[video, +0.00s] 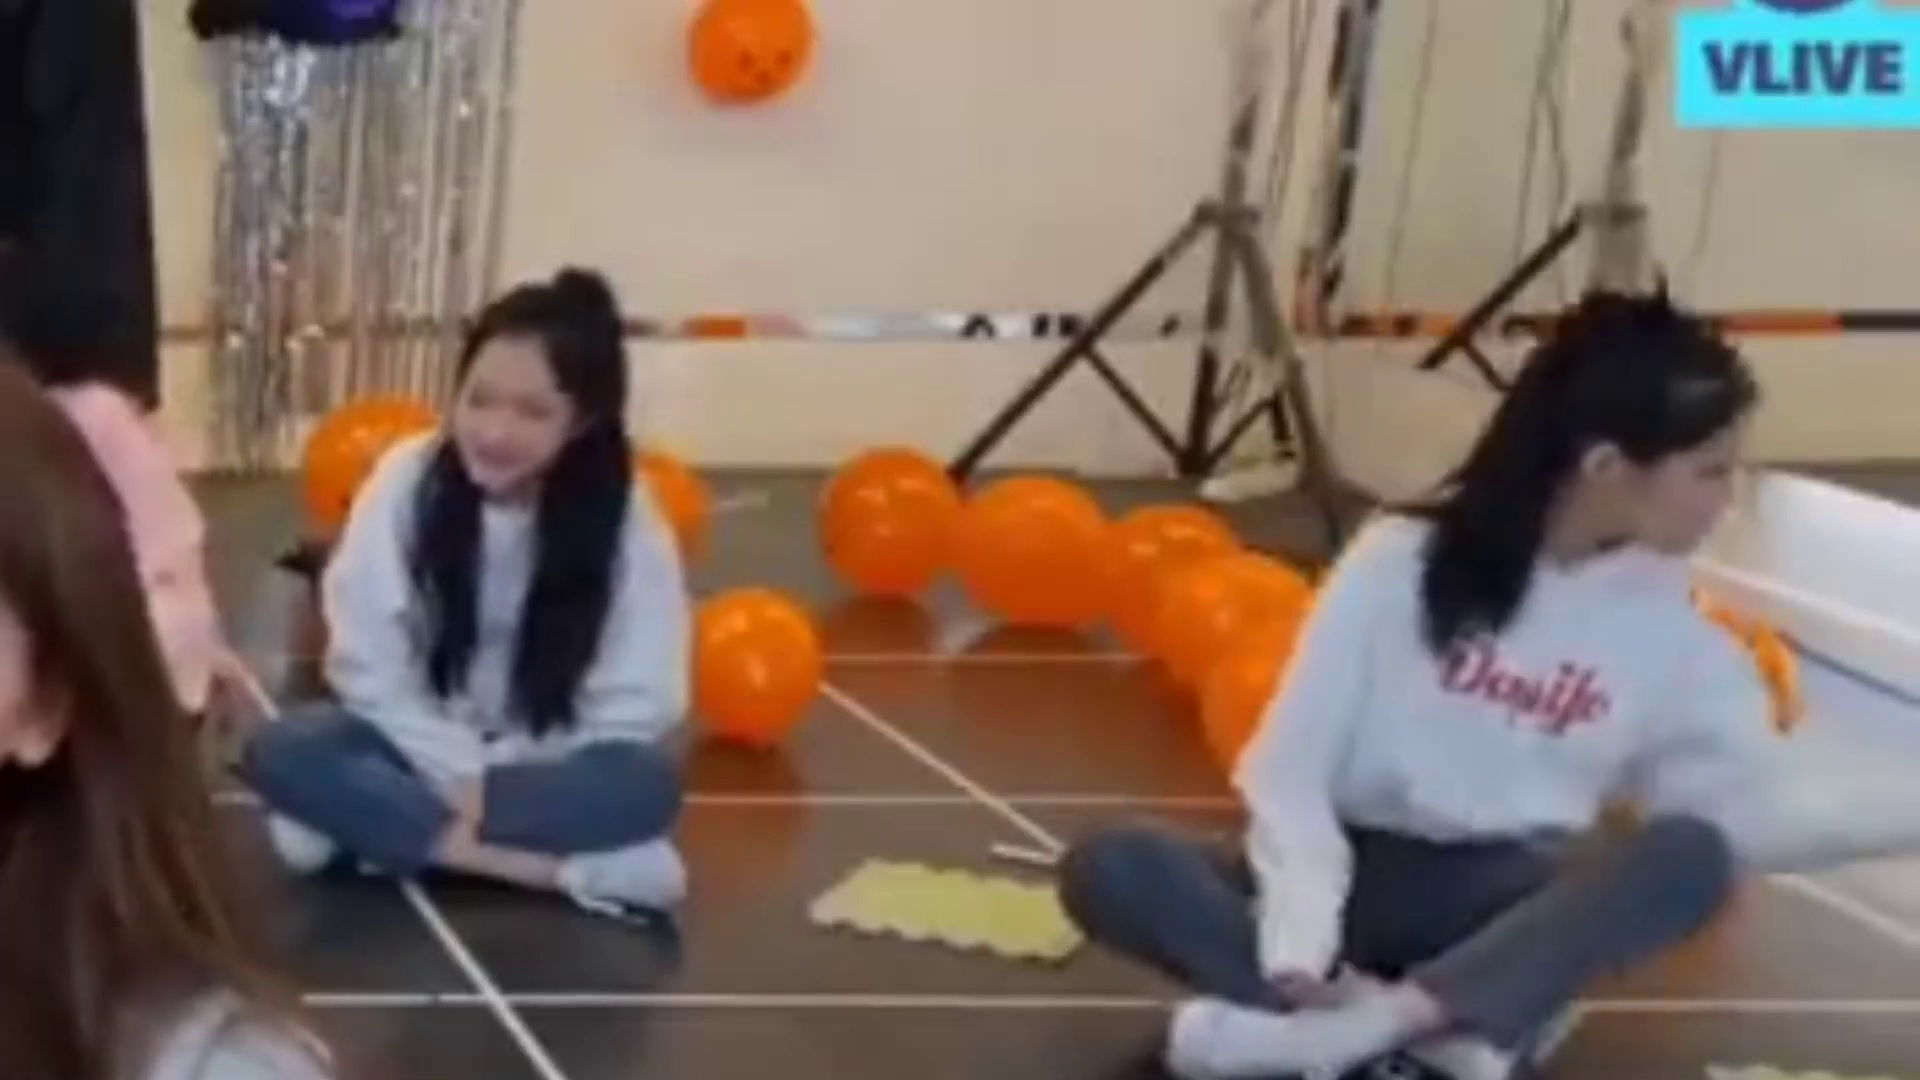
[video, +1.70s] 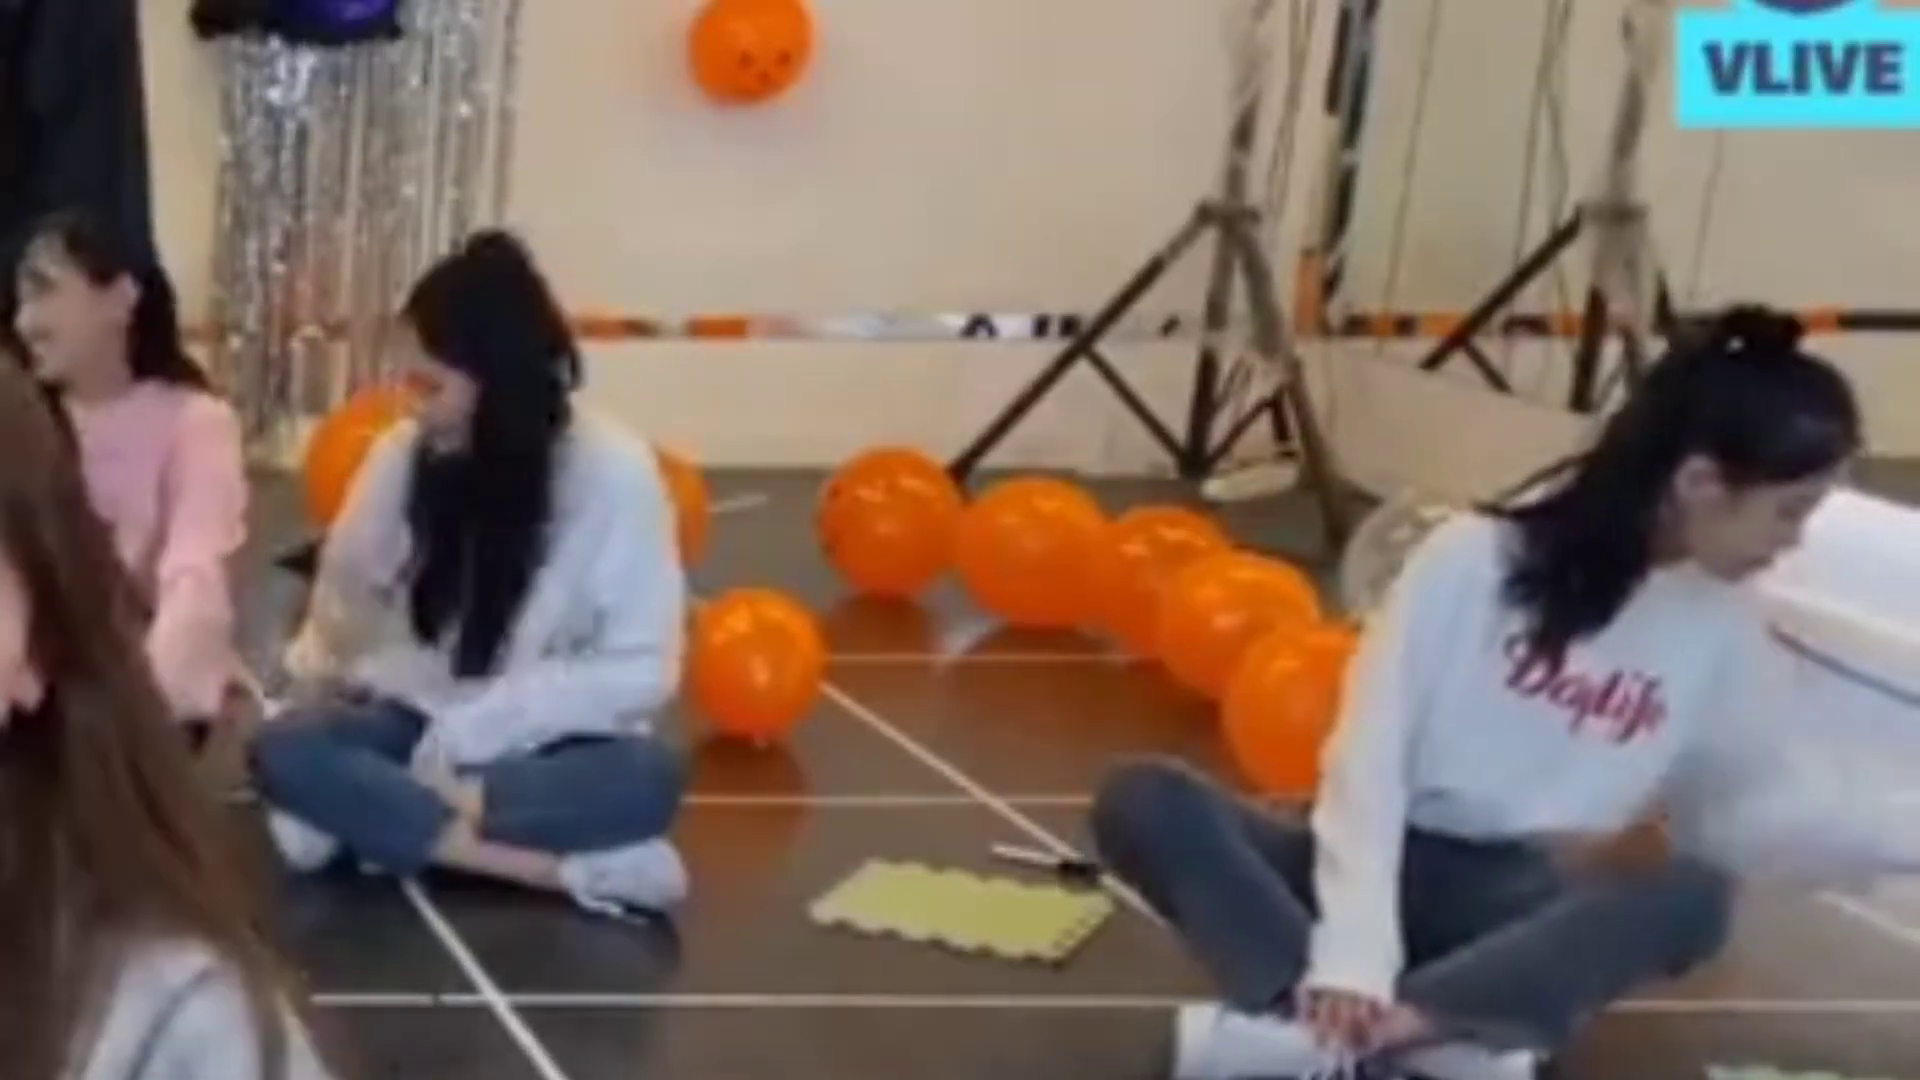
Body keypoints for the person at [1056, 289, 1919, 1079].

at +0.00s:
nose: (1729, 497)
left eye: (1733, 471)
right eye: (1709, 473)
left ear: (1615, 473)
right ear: (1605, 467)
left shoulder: (1673, 637)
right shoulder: (1399, 559)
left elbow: (1747, 810)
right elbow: (1287, 767)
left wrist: (1915, 803)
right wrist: (1303, 959)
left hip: (1499, 894)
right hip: (1339, 865)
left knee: (1693, 854)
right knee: (1105, 864)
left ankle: (1364, 1023)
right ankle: (1415, 1036)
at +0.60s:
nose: (1798, 547)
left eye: (1807, 522)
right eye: (1784, 522)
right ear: (1684, 504)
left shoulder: (1738, 669)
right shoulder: (1488, 557)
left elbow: (1886, 793)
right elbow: (1379, 758)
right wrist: (1360, 944)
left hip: (1505, 894)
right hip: (1363, 851)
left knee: (1693, 899)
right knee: (1121, 819)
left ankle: (1331, 1038)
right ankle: (1407, 1047)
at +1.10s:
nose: (1799, 538)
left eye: (1809, 513)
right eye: (1782, 510)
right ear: (1683, 483)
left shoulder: (1736, 647)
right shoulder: (1482, 554)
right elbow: (1376, 761)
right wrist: (1351, 948)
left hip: (1516, 891)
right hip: (1369, 856)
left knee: (1687, 889)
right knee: (1143, 793)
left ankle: (1325, 1038)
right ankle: (1410, 1046)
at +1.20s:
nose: (1808, 550)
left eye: (1818, 524)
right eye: (1796, 520)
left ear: (1701, 492)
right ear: (1696, 487)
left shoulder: (1727, 651)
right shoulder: (1489, 554)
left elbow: (1683, 847)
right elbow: (1379, 757)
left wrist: (1698, 937)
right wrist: (1356, 947)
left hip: (1515, 894)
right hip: (1370, 856)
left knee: (1687, 885)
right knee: (1147, 791)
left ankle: (1325, 1040)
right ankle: (1410, 1044)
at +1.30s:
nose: (1808, 549)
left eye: (1821, 524)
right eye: (1797, 519)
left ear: (1710, 489)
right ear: (1707, 485)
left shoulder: (1727, 650)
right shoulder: (1488, 556)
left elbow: (1705, 833)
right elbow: (1376, 759)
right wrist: (1360, 950)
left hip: (1511, 886)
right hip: (1366, 852)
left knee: (1693, 894)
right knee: (1147, 791)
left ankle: (1332, 1039)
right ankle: (1404, 1043)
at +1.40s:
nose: (1805, 540)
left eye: (1820, 514)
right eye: (1794, 510)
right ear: (1704, 480)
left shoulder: (1728, 650)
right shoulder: (1481, 555)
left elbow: (1805, 819)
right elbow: (1374, 761)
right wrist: (1354, 954)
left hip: (1509, 886)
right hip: (1363, 853)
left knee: (1693, 899)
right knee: (1144, 793)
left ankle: (1329, 1039)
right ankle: (1405, 1045)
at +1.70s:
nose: (1796, 539)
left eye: (1810, 514)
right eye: (1789, 511)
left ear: (1711, 492)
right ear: (1700, 483)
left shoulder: (1720, 638)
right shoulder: (1471, 557)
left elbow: (1718, 827)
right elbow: (1363, 760)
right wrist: (1351, 953)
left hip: (1500, 892)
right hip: (1360, 855)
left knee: (1691, 901)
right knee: (1139, 796)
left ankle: (1326, 1041)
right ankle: (1406, 1046)